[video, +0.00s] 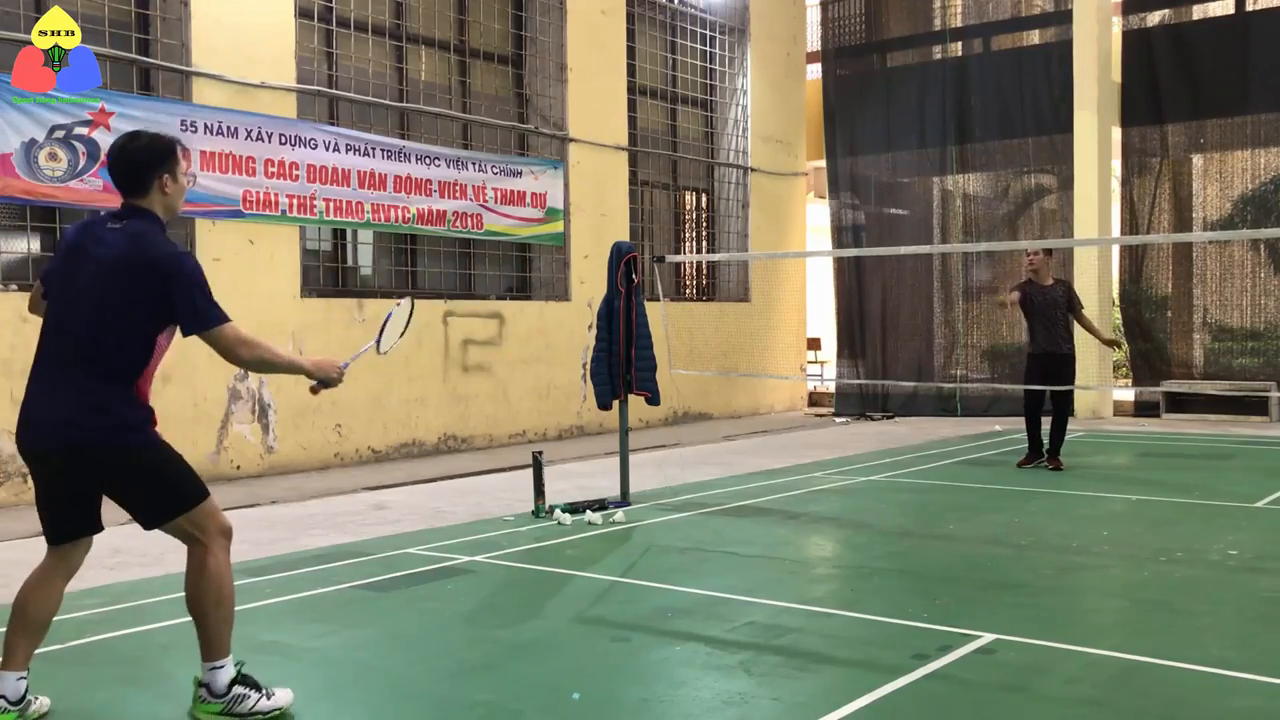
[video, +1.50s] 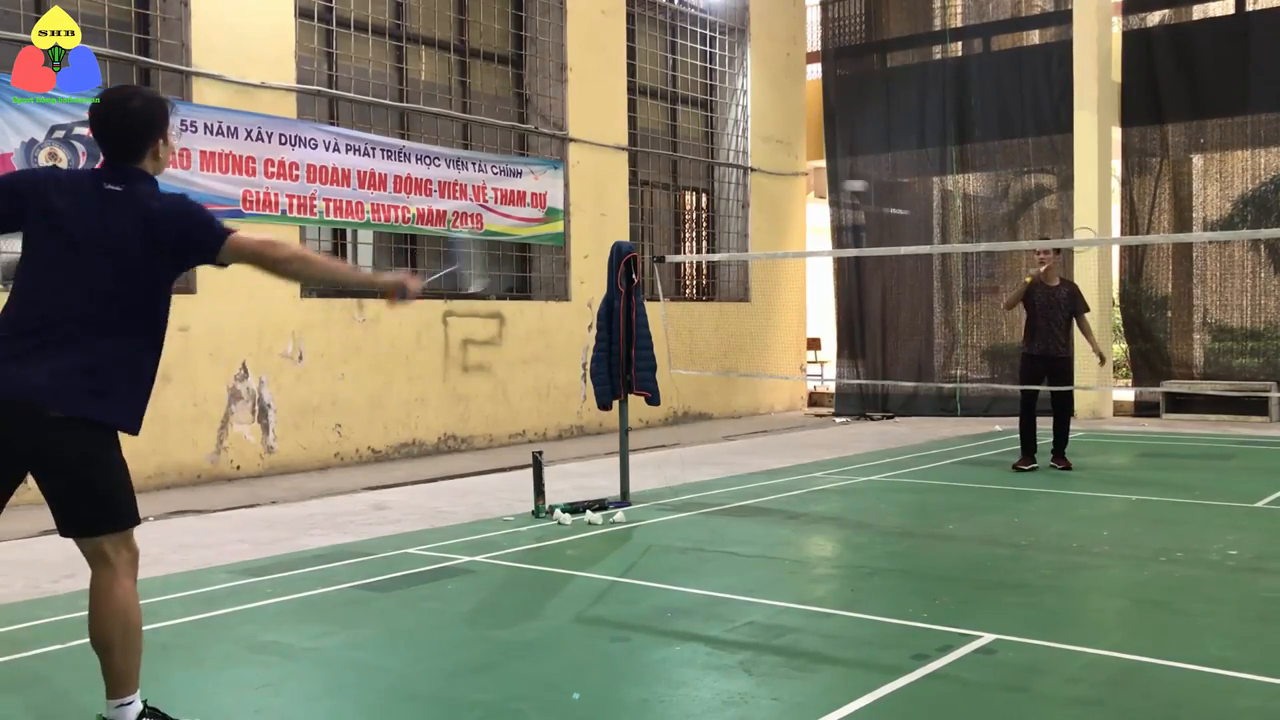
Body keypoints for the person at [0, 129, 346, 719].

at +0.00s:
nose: (188, 185)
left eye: (186, 174)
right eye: (184, 175)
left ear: (126, 185)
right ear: (163, 182)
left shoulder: (82, 235)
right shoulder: (170, 260)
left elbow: (38, 301)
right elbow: (236, 348)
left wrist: (107, 318)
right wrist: (308, 366)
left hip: (42, 427)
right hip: (111, 430)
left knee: (66, 549)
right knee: (210, 532)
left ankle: (8, 689)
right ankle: (219, 683)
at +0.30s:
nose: (225, 168)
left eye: (223, 158)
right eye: (223, 159)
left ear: (159, 162)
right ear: (212, 165)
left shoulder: (104, 218)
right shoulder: (232, 243)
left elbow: (26, 290)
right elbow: (326, 303)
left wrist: (41, 349)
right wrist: (326, 321)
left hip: (63, 412)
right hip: (145, 422)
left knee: (42, 544)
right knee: (197, 546)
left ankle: (9, 682)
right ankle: (203, 700)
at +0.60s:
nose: (198, 163)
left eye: (195, 152)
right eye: (195, 153)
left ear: (134, 157)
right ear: (180, 159)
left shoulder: (76, 213)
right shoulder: (192, 231)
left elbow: (8, 257)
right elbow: (294, 276)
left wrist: (60, 269)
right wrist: (387, 295)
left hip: (40, 415)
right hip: (120, 422)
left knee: (4, 545)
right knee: (174, 552)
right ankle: (200, 700)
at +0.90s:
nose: (153, 208)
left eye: (150, 195)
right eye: (147, 196)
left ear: (91, 204)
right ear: (121, 203)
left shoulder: (38, 242)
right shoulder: (103, 264)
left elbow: (14, 312)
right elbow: (160, 362)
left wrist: (70, 350)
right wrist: (240, 402)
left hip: (12, 443)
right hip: (16, 447)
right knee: (99, 565)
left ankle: (161, 699)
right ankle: (163, 702)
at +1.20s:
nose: (159, 171)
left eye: (158, 160)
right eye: (158, 161)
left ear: (90, 165)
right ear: (142, 168)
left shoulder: (22, 213)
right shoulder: (146, 240)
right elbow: (235, 312)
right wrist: (253, 322)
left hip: (1, 413)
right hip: (53, 425)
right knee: (106, 562)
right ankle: (124, 709)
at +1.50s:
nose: (173, 142)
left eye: (169, 131)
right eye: (170, 132)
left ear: (101, 142)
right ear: (157, 143)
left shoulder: (44, 187)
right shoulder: (171, 215)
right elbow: (274, 254)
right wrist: (378, 281)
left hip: (8, 400)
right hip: (74, 416)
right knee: (113, 560)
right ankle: (123, 709)